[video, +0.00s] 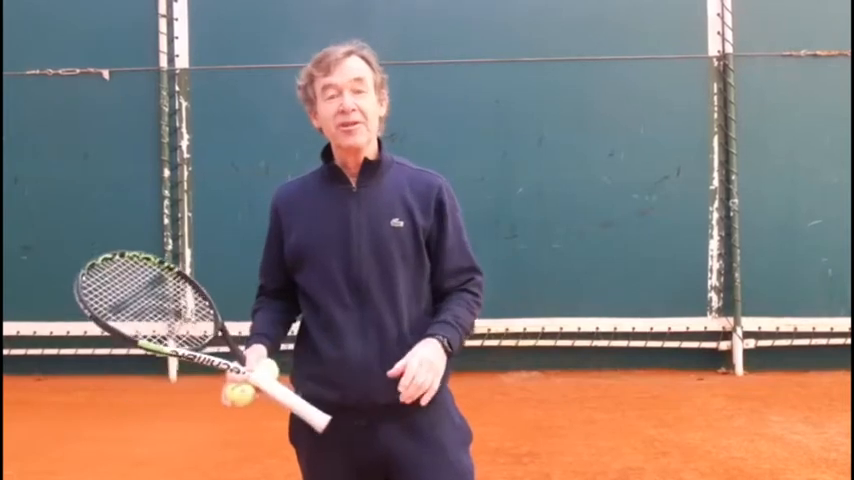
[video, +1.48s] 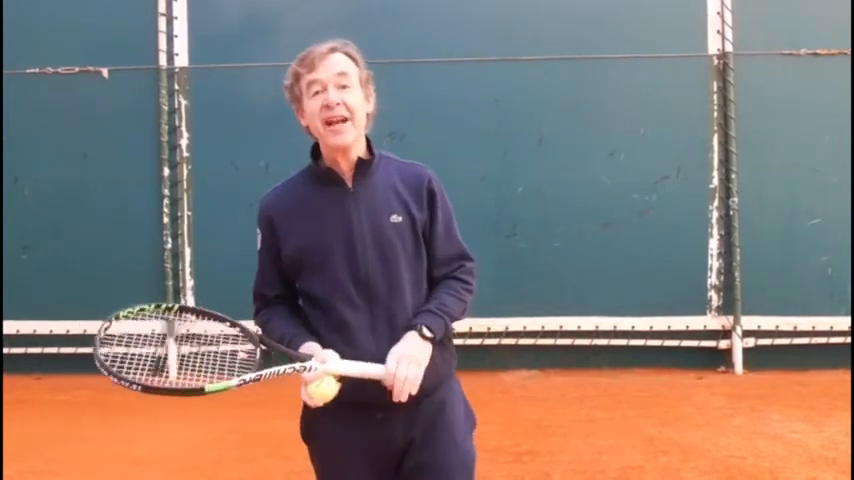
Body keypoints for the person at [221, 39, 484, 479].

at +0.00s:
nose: (347, 104)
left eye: (359, 90)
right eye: (331, 95)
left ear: (381, 103)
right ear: (314, 115)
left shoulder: (428, 192)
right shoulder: (290, 203)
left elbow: (463, 287)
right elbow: (276, 295)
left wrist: (438, 344)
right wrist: (259, 346)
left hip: (420, 418)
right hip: (326, 424)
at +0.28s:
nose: (350, 103)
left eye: (362, 90)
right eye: (336, 95)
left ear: (384, 106)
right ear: (319, 117)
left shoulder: (427, 198)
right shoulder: (290, 206)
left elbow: (463, 295)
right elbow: (273, 300)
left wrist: (403, 338)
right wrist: (281, 342)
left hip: (417, 420)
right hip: (324, 422)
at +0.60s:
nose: (345, 102)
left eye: (357, 91)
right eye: (330, 95)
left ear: (380, 109)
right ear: (315, 120)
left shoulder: (423, 199)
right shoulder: (287, 209)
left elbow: (460, 295)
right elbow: (269, 306)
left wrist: (404, 339)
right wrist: (295, 344)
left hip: (415, 422)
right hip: (321, 427)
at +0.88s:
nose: (336, 102)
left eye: (348, 90)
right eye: (321, 95)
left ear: (370, 107)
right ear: (306, 120)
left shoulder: (416, 195)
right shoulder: (281, 211)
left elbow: (455, 289)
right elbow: (267, 307)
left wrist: (399, 339)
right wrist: (294, 346)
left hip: (417, 418)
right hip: (325, 424)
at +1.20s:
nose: (322, 103)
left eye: (334, 90)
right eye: (307, 97)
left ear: (357, 106)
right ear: (292, 122)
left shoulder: (408, 188)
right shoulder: (274, 214)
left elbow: (452, 275)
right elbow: (267, 308)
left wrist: (420, 339)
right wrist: (285, 354)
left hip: (426, 413)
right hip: (335, 421)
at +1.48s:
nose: (332, 99)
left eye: (343, 85)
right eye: (316, 91)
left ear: (367, 99)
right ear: (302, 115)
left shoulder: (417, 184)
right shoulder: (280, 208)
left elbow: (458, 273)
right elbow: (270, 304)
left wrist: (422, 335)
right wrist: (308, 349)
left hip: (432, 410)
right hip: (343, 418)